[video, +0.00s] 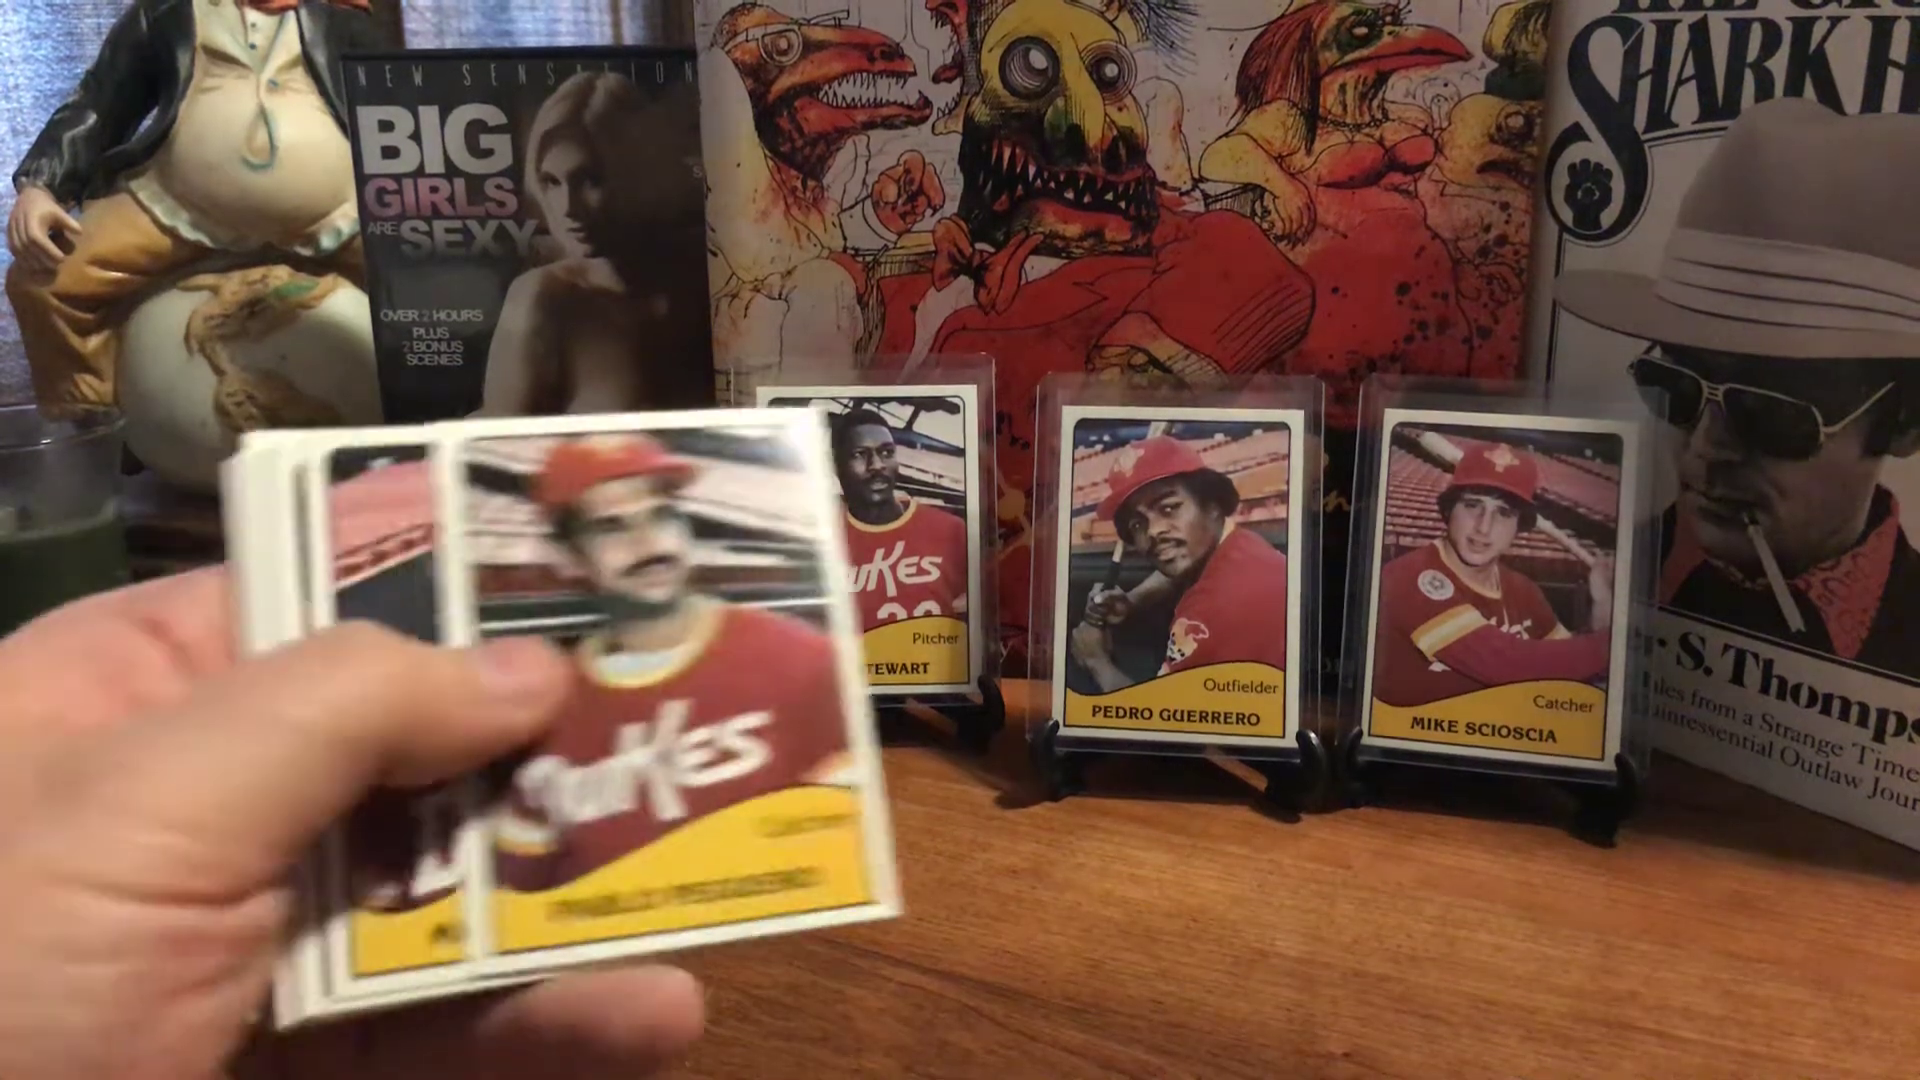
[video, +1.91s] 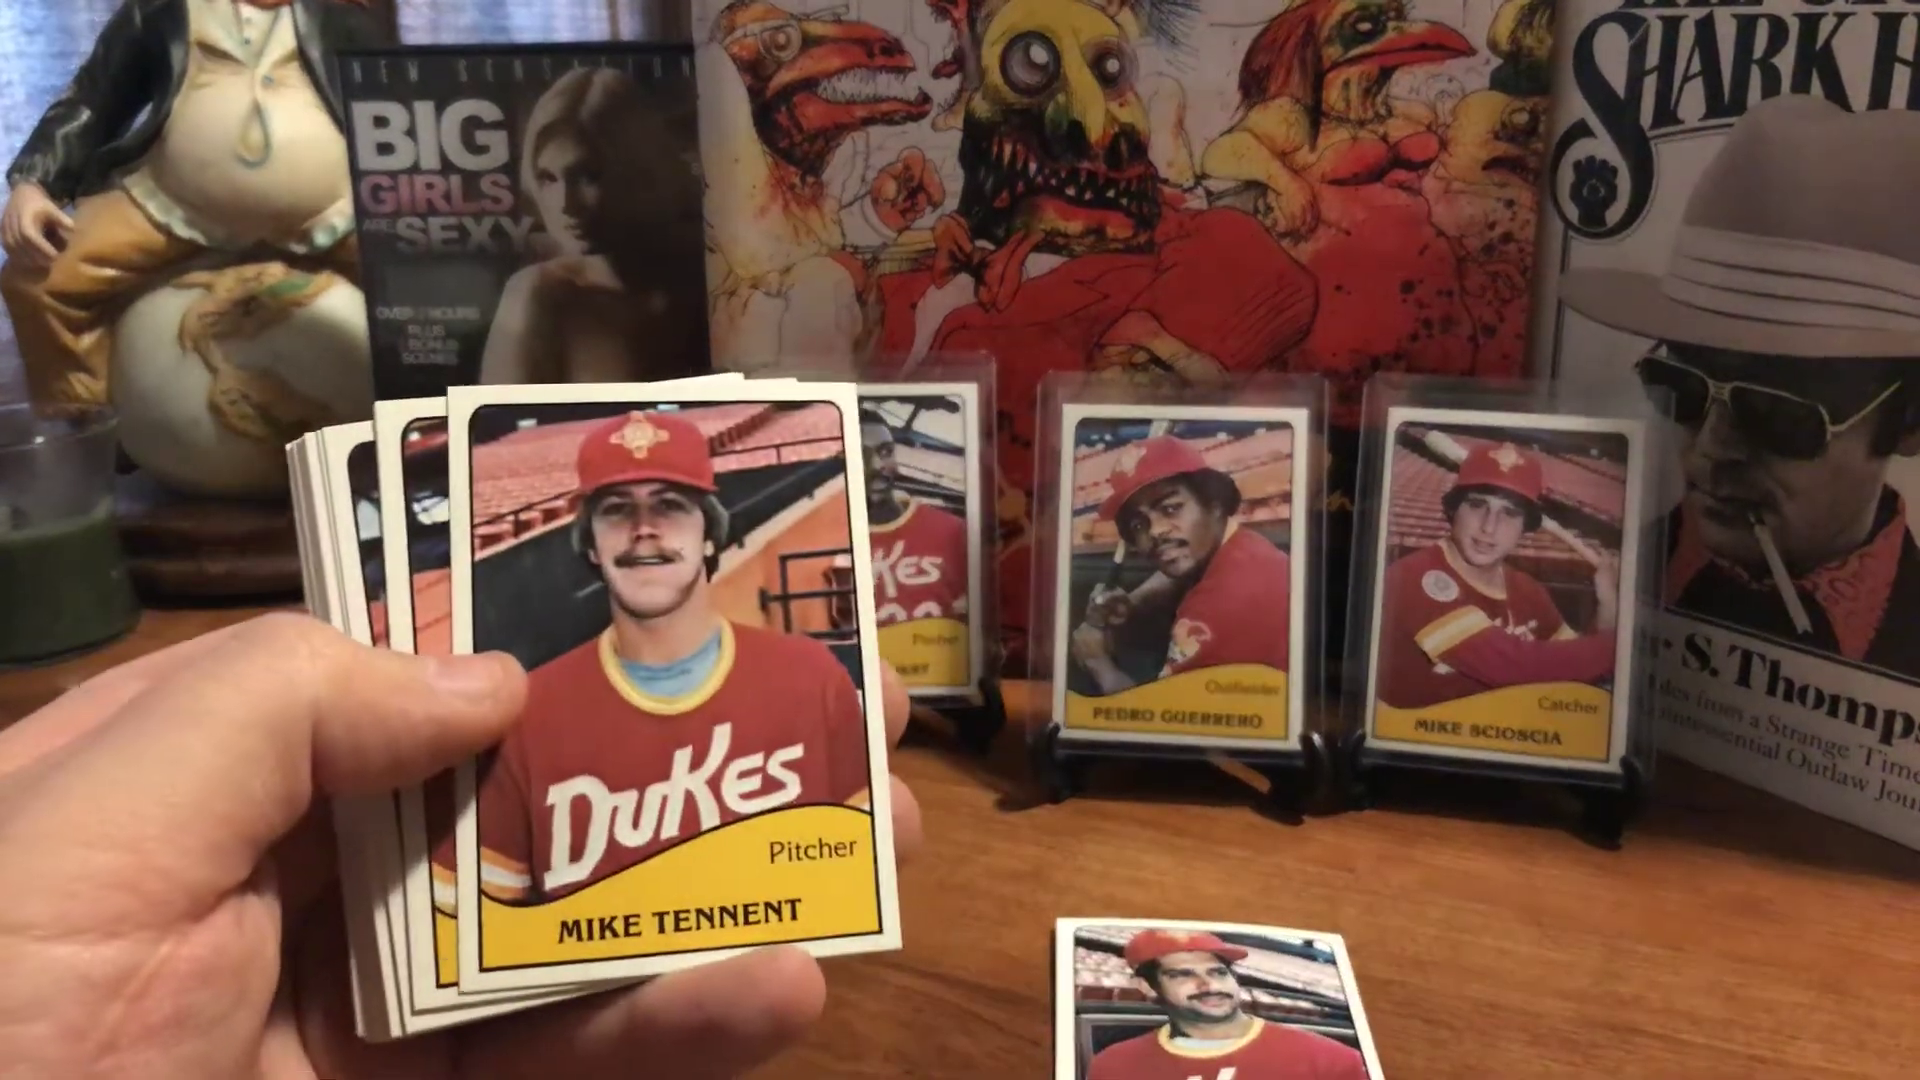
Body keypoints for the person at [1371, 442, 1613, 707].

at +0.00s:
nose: (1483, 527)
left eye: (1503, 513)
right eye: (1472, 505)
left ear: (1519, 526)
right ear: (1449, 509)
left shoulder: (1522, 591)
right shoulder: (1413, 579)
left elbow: (1575, 671)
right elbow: (1501, 664)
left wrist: (1603, 606)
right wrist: (1616, 642)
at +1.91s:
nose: (1488, 526)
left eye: (1508, 513)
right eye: (1477, 505)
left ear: (1525, 528)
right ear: (1453, 509)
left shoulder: (1527, 591)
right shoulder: (1418, 577)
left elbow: (1582, 672)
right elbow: (1506, 666)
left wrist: (1607, 606)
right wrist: (1620, 644)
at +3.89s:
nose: (1486, 526)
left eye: (1506, 513)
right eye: (1475, 505)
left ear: (1522, 527)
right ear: (1452, 509)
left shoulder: (1526, 593)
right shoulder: (1415, 579)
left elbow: (1578, 676)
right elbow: (1507, 666)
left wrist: (1605, 608)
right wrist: (1625, 641)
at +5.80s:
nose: (1485, 527)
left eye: (1505, 513)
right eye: (1474, 505)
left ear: (1520, 526)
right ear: (1450, 509)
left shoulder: (1523, 591)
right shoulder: (1414, 578)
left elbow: (1578, 671)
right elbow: (1504, 665)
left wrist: (1604, 607)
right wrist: (1616, 643)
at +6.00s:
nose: (1485, 526)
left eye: (1505, 512)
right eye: (1474, 505)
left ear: (1520, 526)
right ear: (1450, 509)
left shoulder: (1523, 591)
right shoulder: (1414, 578)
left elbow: (1578, 669)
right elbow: (1505, 664)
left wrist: (1604, 607)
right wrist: (1616, 643)